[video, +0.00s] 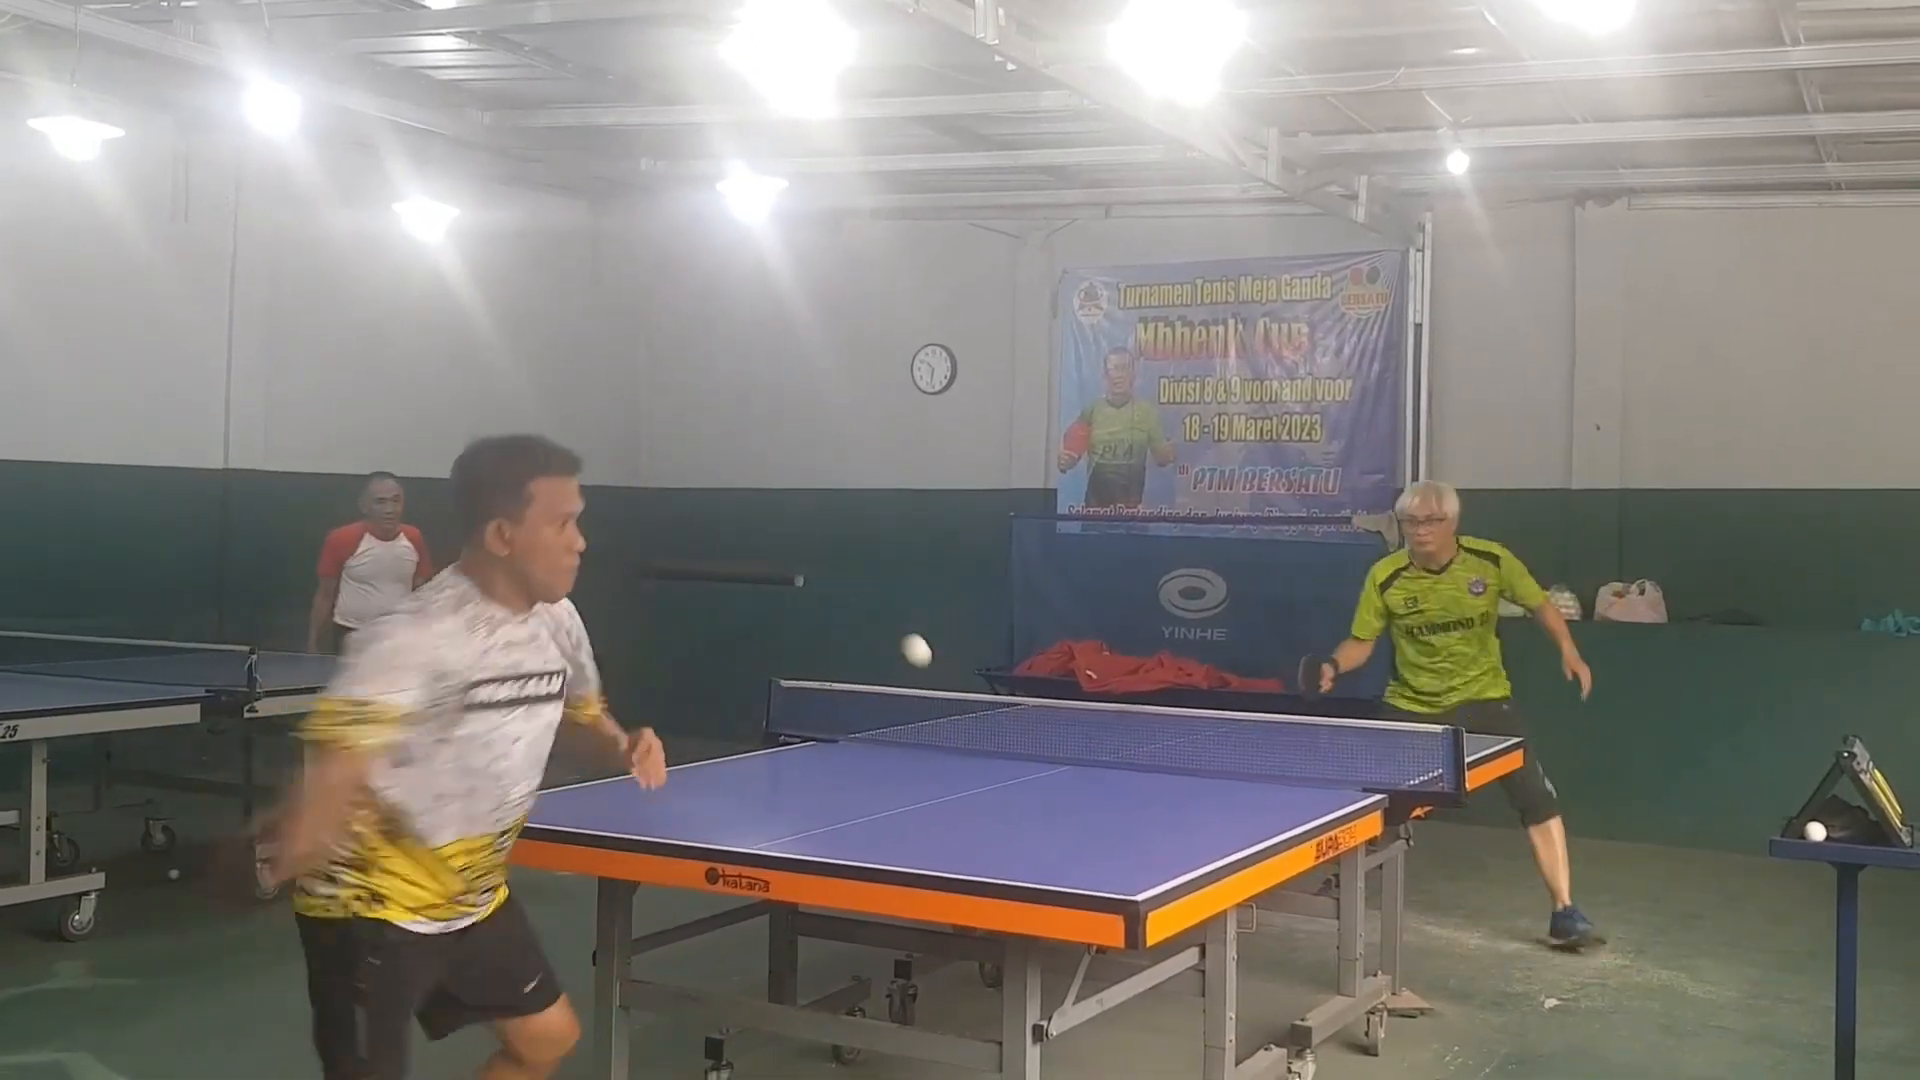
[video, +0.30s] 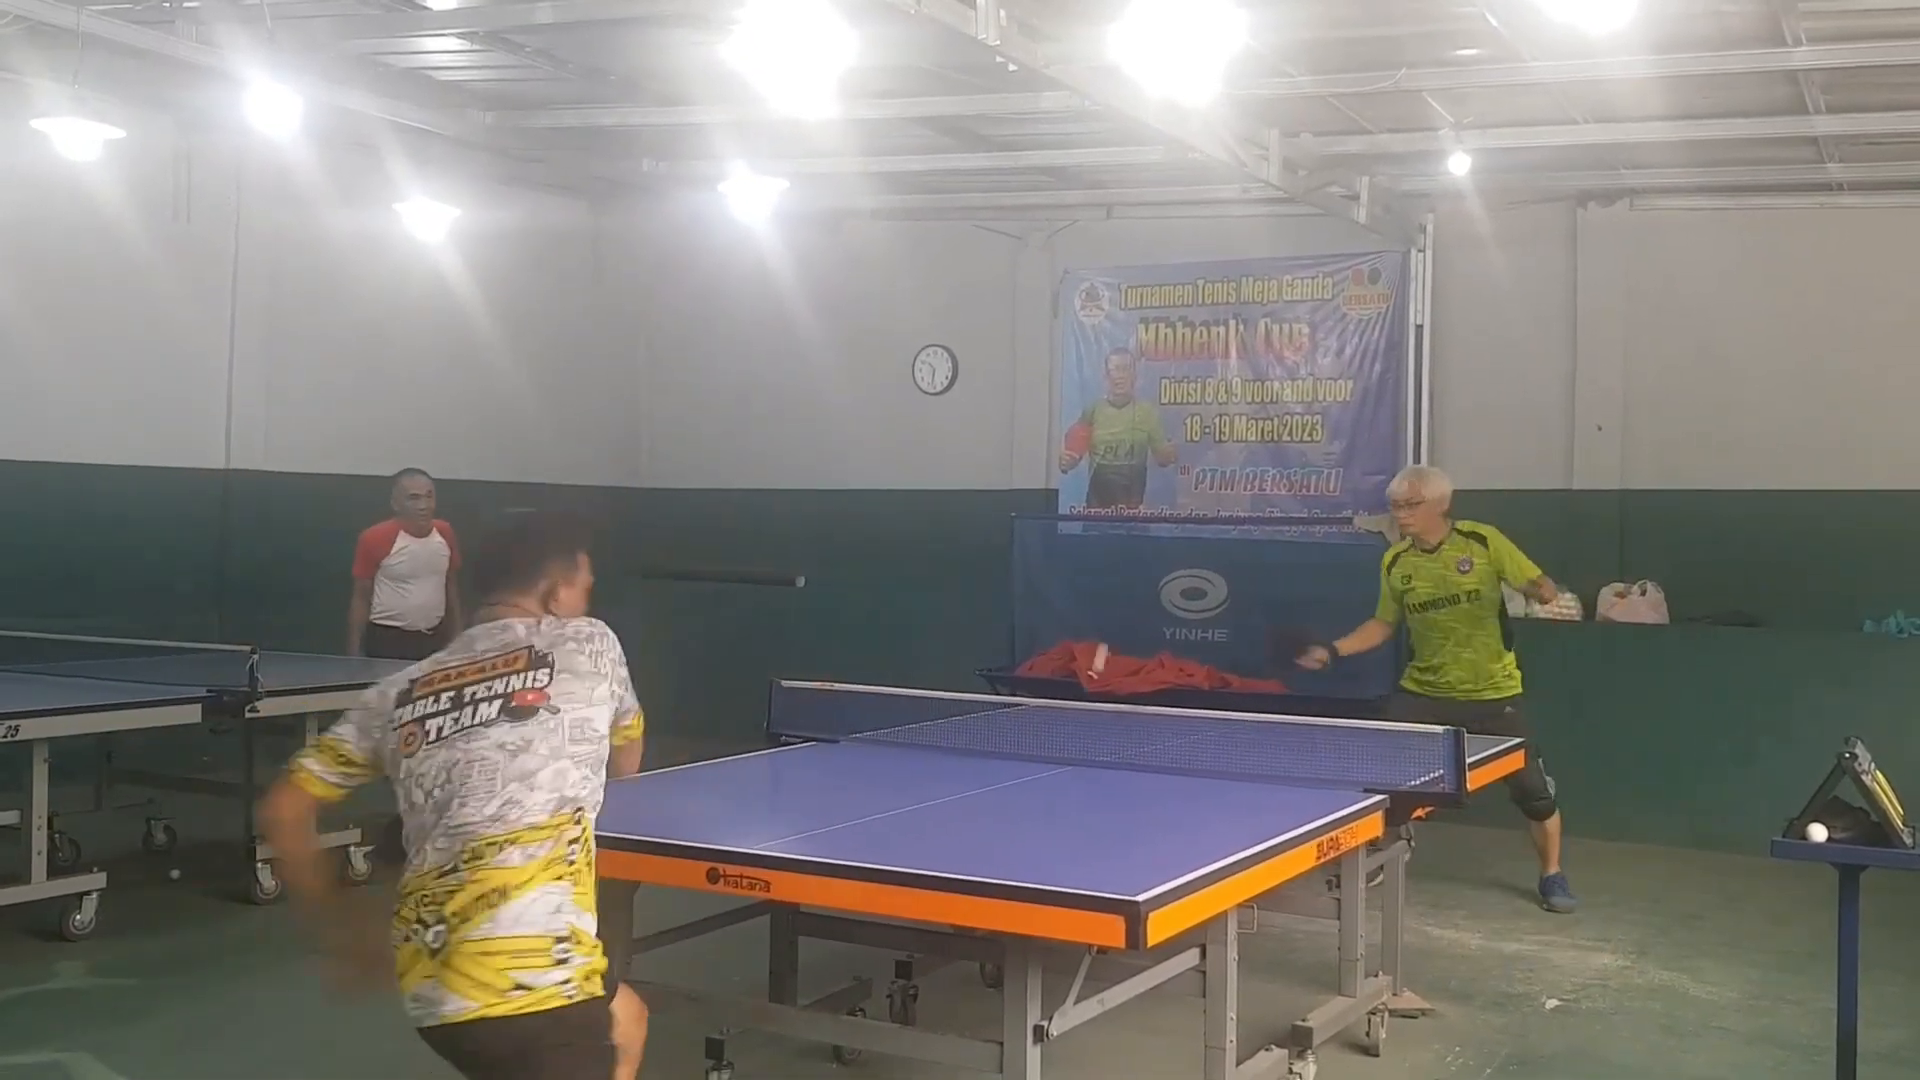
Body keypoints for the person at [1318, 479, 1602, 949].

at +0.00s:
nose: (1420, 531)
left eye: (1431, 522)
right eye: (1411, 522)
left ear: (1454, 524)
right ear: (1401, 526)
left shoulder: (1491, 561)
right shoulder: (1384, 576)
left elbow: (1540, 605)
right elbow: (1360, 641)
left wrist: (1568, 648)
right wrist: (1333, 666)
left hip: (1483, 699)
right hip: (1409, 702)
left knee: (1535, 792)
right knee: (1362, 781)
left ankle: (1564, 908)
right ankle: (1345, 871)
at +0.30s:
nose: (1398, 514)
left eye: (1408, 505)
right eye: (1395, 506)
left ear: (1439, 506)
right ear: (1395, 510)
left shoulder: (1483, 541)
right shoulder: (1395, 561)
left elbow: (1536, 583)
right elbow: (1383, 624)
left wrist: (1545, 592)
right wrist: (1333, 650)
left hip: (1492, 692)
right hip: (1423, 691)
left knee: (1531, 788)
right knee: (1374, 765)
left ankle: (1552, 874)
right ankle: (1358, 859)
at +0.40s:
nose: (1360, 501)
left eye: (1369, 492)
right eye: (1361, 493)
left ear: (1398, 496)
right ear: (1376, 500)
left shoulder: (1449, 528)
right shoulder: (1367, 557)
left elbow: (1511, 557)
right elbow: (1323, 601)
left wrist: (1551, 586)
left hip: (1487, 678)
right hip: (1422, 680)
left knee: (1526, 779)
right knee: (1375, 755)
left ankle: (1554, 872)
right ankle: (1372, 849)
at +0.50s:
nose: (1319, 506)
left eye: (1329, 497)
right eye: (1319, 498)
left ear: (1360, 503)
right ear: (1326, 508)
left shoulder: (1401, 527)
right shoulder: (1322, 555)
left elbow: (1472, 545)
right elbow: (1263, 559)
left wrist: (1528, 578)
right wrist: (1212, 557)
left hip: (1467, 658)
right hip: (1412, 668)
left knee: (1522, 745)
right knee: (1374, 749)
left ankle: (1577, 841)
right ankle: (1371, 839)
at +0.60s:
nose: (1288, 529)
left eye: (1296, 521)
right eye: (1289, 521)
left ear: (1323, 523)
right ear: (1304, 529)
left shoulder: (1365, 539)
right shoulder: (1298, 569)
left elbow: (1431, 553)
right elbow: (1245, 558)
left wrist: (1489, 578)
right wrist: (1197, 529)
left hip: (1432, 666)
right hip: (1387, 684)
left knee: (1500, 736)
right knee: (1376, 767)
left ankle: (1611, 783)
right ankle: (1360, 850)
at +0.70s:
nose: (1265, 554)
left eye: (1268, 544)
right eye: (1265, 546)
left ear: (1292, 539)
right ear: (1287, 544)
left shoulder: (1327, 550)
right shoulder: (1289, 588)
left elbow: (1388, 567)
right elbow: (1240, 600)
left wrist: (1449, 599)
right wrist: (1207, 556)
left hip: (1408, 665)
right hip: (1371, 683)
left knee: (1478, 735)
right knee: (1344, 754)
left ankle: (1581, 719)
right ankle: (1353, 846)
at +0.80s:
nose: (1244, 551)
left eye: (1247, 542)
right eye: (1243, 544)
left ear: (1265, 537)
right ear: (1265, 543)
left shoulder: (1298, 545)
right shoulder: (1283, 585)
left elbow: (1351, 570)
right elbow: (1269, 641)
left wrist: (1392, 613)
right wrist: (1218, 619)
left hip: (1381, 653)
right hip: (1358, 674)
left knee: (1417, 736)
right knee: (1366, 749)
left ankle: (1512, 705)